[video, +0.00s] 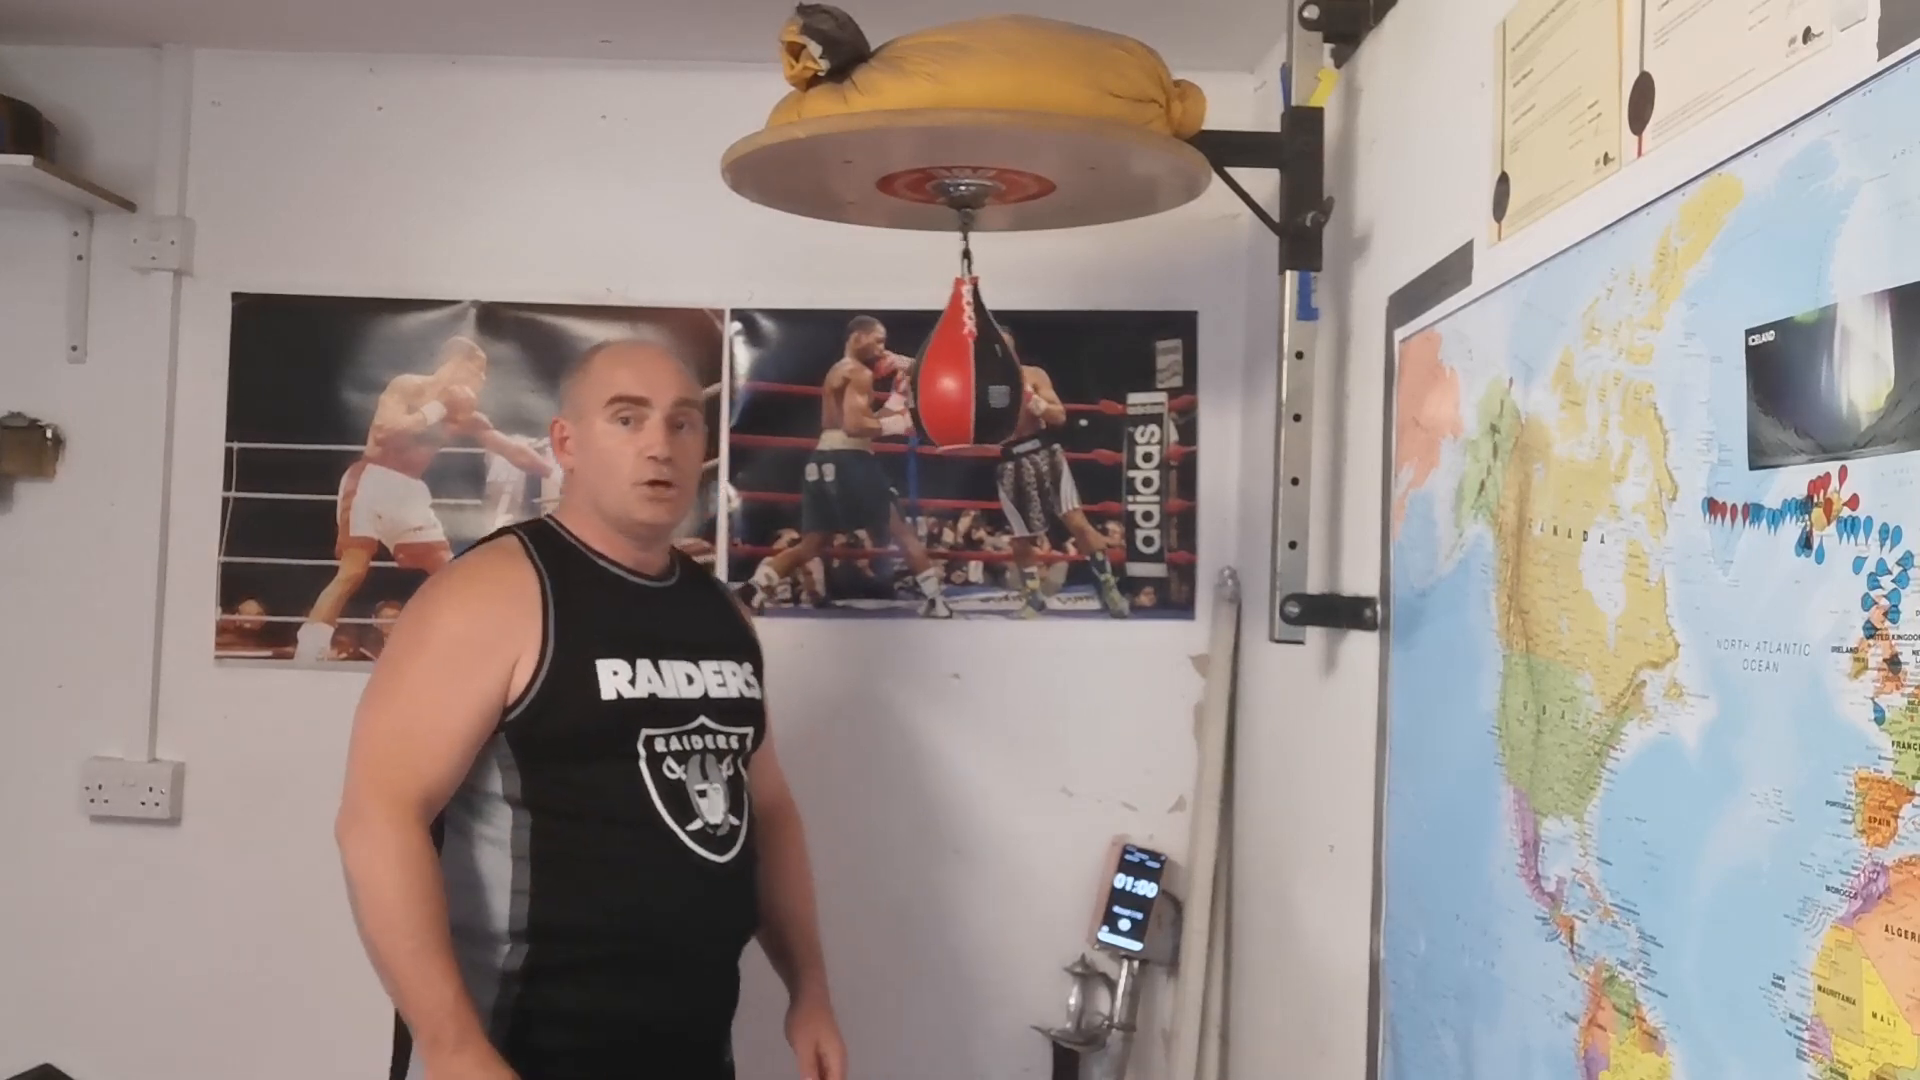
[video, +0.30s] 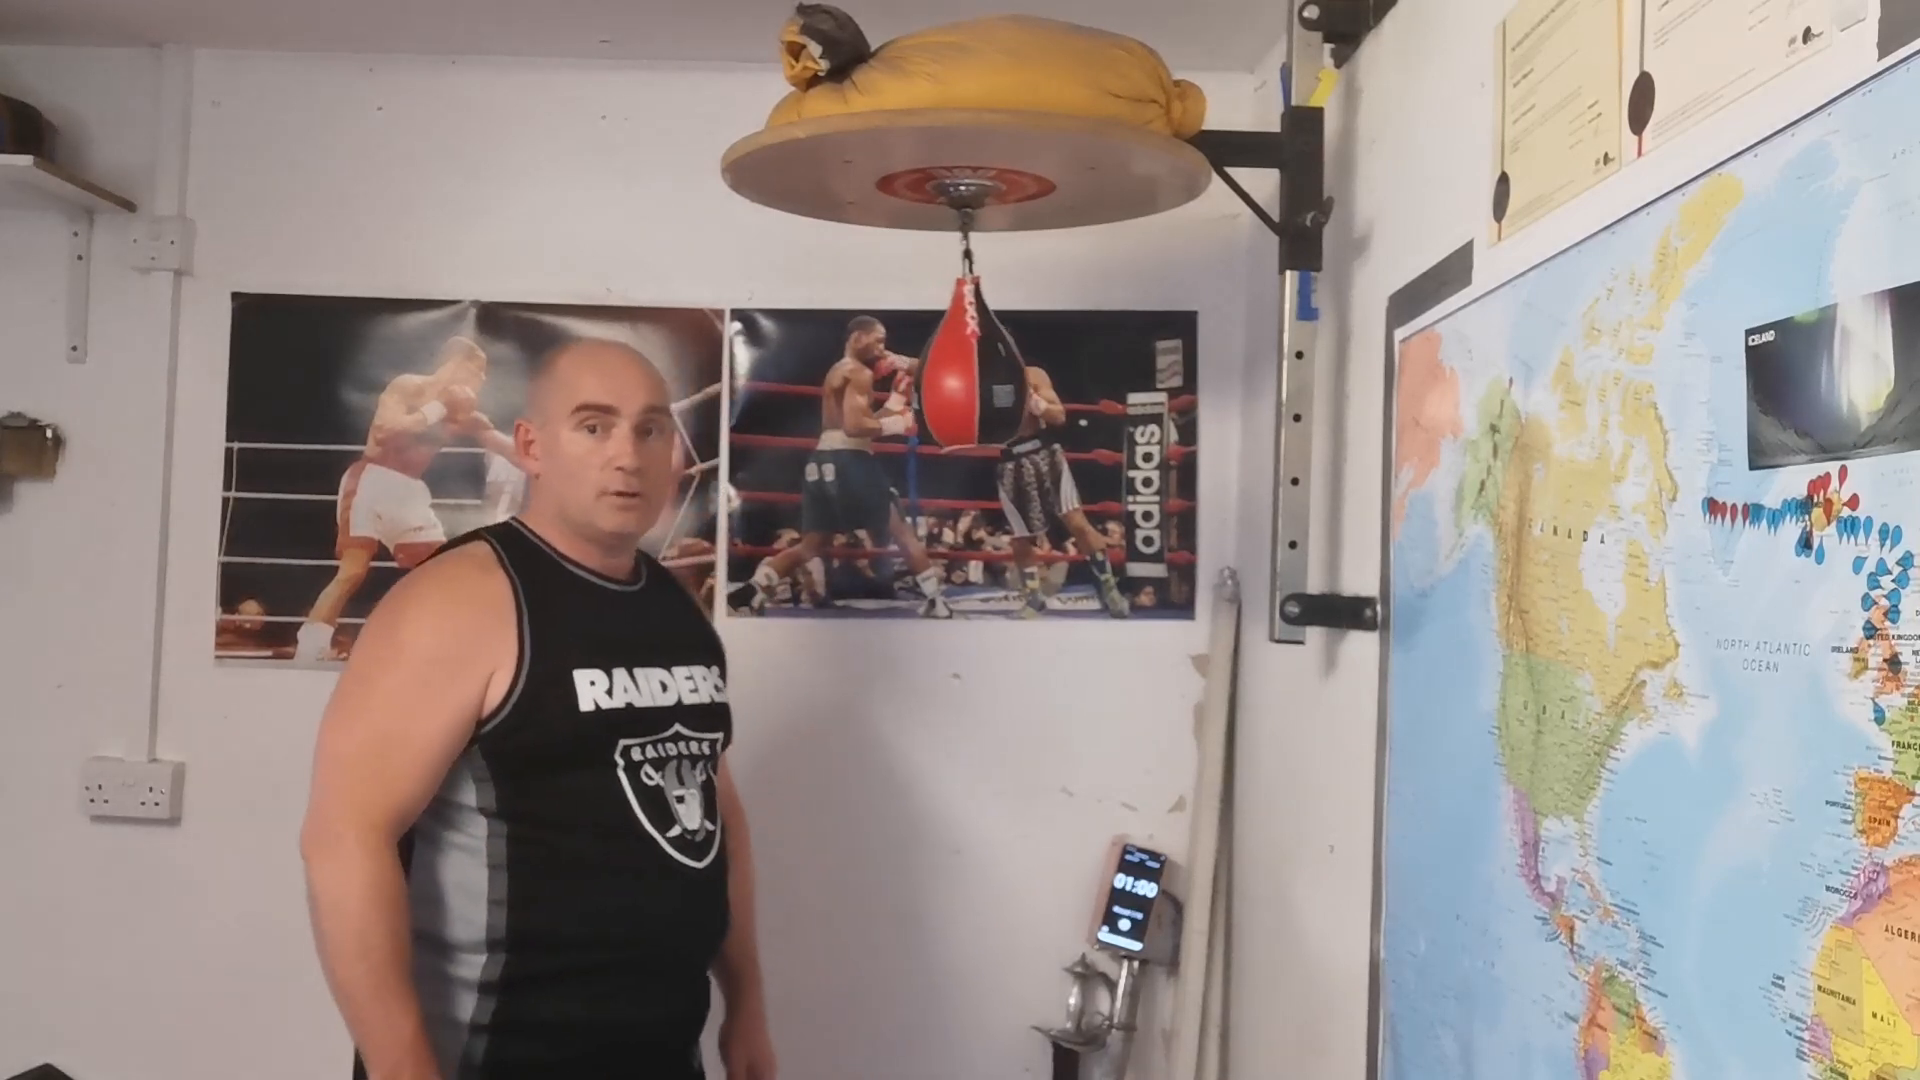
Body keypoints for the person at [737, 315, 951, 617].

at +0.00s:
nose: (881, 349)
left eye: (883, 343)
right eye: (877, 342)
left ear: (854, 341)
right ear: (858, 338)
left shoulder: (834, 373)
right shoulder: (859, 373)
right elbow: (855, 424)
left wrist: (890, 407)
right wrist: (892, 424)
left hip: (821, 463)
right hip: (852, 464)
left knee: (811, 544)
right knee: (903, 530)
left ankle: (751, 590)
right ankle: (936, 599)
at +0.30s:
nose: (881, 348)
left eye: (882, 343)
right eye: (877, 342)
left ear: (854, 340)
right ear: (857, 339)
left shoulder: (835, 372)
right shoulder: (859, 372)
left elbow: (852, 421)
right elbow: (854, 424)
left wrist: (890, 408)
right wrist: (895, 424)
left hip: (820, 463)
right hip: (853, 464)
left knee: (811, 545)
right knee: (903, 532)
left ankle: (751, 590)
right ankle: (936, 599)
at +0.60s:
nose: (882, 348)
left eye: (883, 342)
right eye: (878, 341)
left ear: (854, 341)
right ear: (858, 339)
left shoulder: (835, 372)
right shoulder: (860, 373)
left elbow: (860, 407)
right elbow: (854, 424)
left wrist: (881, 377)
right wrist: (884, 425)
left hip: (820, 462)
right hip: (852, 463)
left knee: (812, 544)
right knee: (903, 531)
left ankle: (752, 589)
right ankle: (935, 599)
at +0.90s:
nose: (881, 348)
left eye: (882, 342)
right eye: (878, 342)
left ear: (854, 340)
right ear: (857, 338)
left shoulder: (835, 372)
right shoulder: (860, 372)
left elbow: (844, 420)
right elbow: (854, 424)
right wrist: (889, 424)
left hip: (821, 463)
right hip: (852, 464)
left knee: (812, 544)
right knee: (903, 531)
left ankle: (753, 589)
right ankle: (935, 598)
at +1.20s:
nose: (881, 349)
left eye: (883, 343)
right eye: (877, 342)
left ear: (855, 340)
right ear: (858, 338)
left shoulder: (834, 373)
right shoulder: (859, 373)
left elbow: (848, 423)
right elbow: (855, 425)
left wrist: (886, 411)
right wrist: (894, 423)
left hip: (820, 463)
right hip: (852, 463)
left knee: (812, 544)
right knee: (901, 531)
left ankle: (752, 590)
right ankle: (936, 598)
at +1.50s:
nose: (881, 349)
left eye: (882, 343)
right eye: (877, 342)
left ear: (853, 340)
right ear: (856, 338)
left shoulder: (834, 372)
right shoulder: (858, 373)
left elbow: (837, 419)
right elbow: (854, 425)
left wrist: (878, 375)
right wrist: (884, 425)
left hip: (820, 462)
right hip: (852, 462)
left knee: (814, 542)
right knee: (903, 530)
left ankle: (753, 588)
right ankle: (936, 599)